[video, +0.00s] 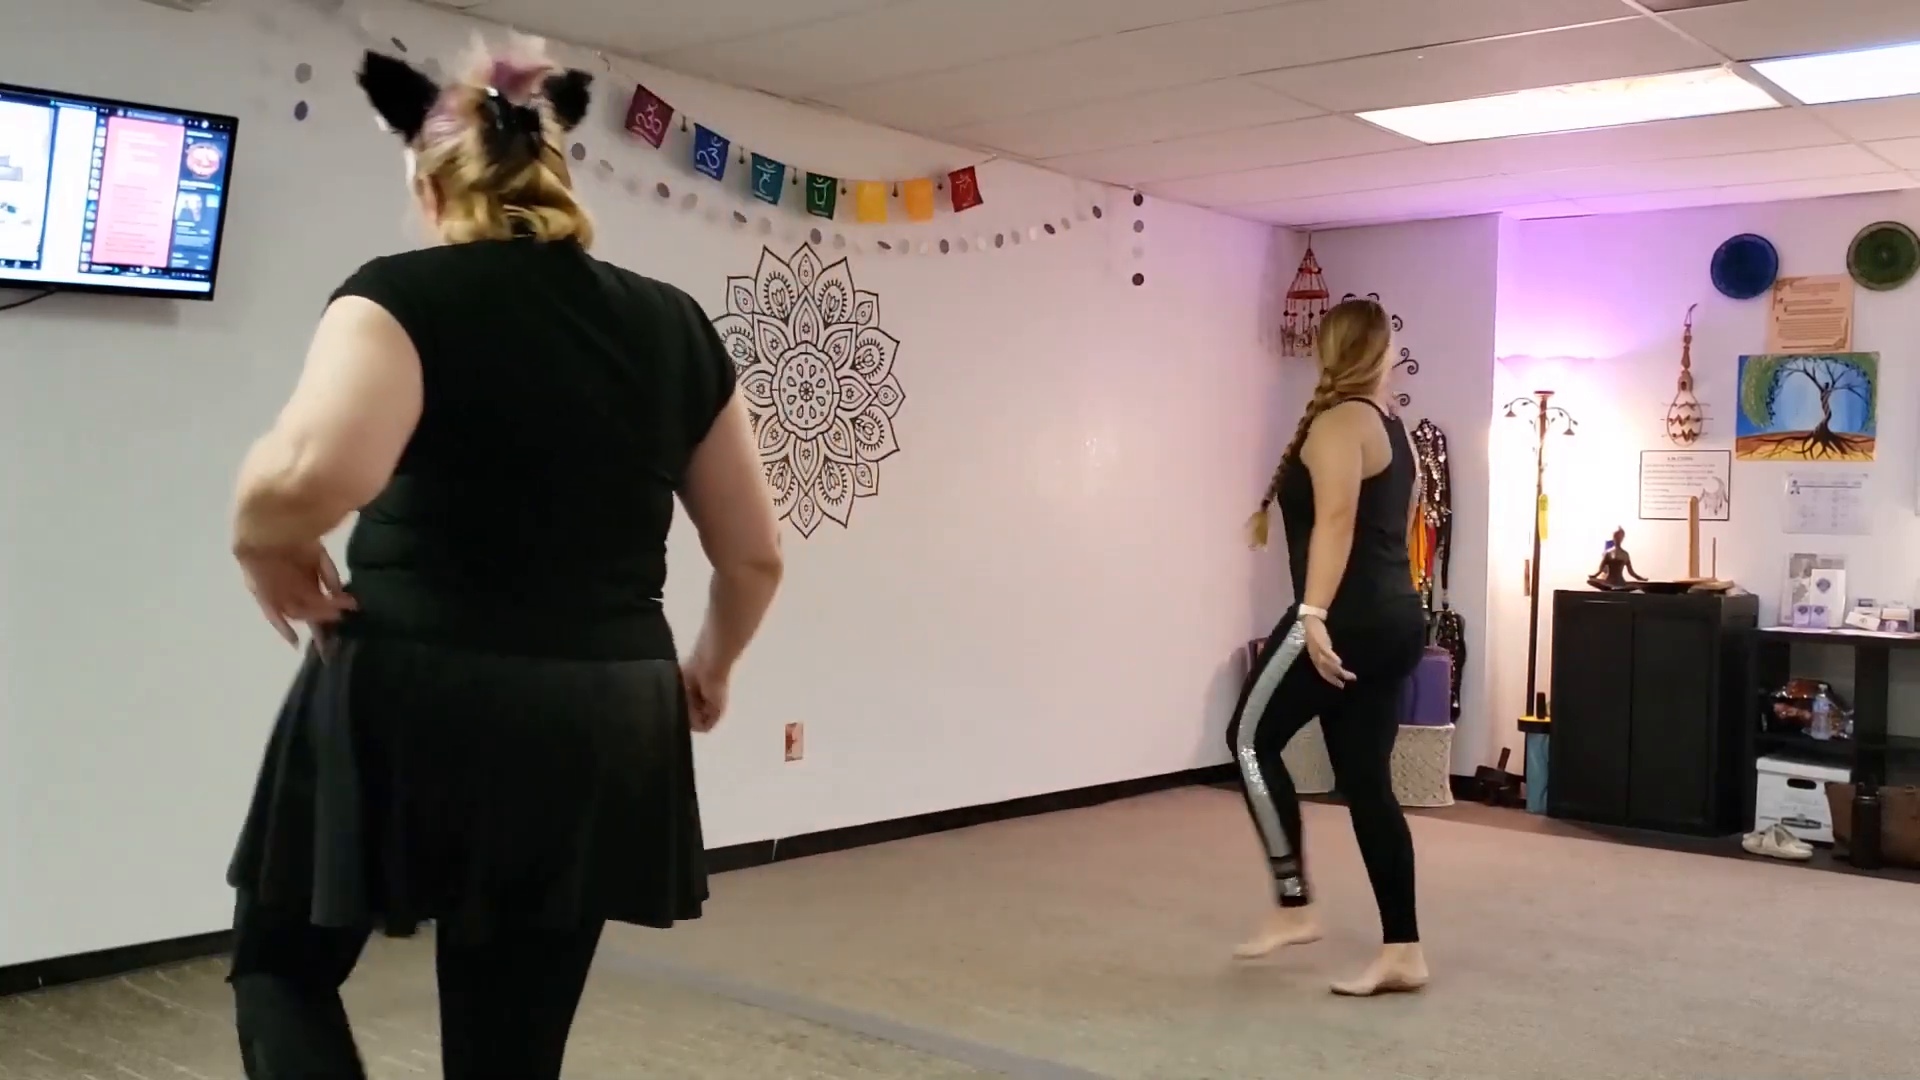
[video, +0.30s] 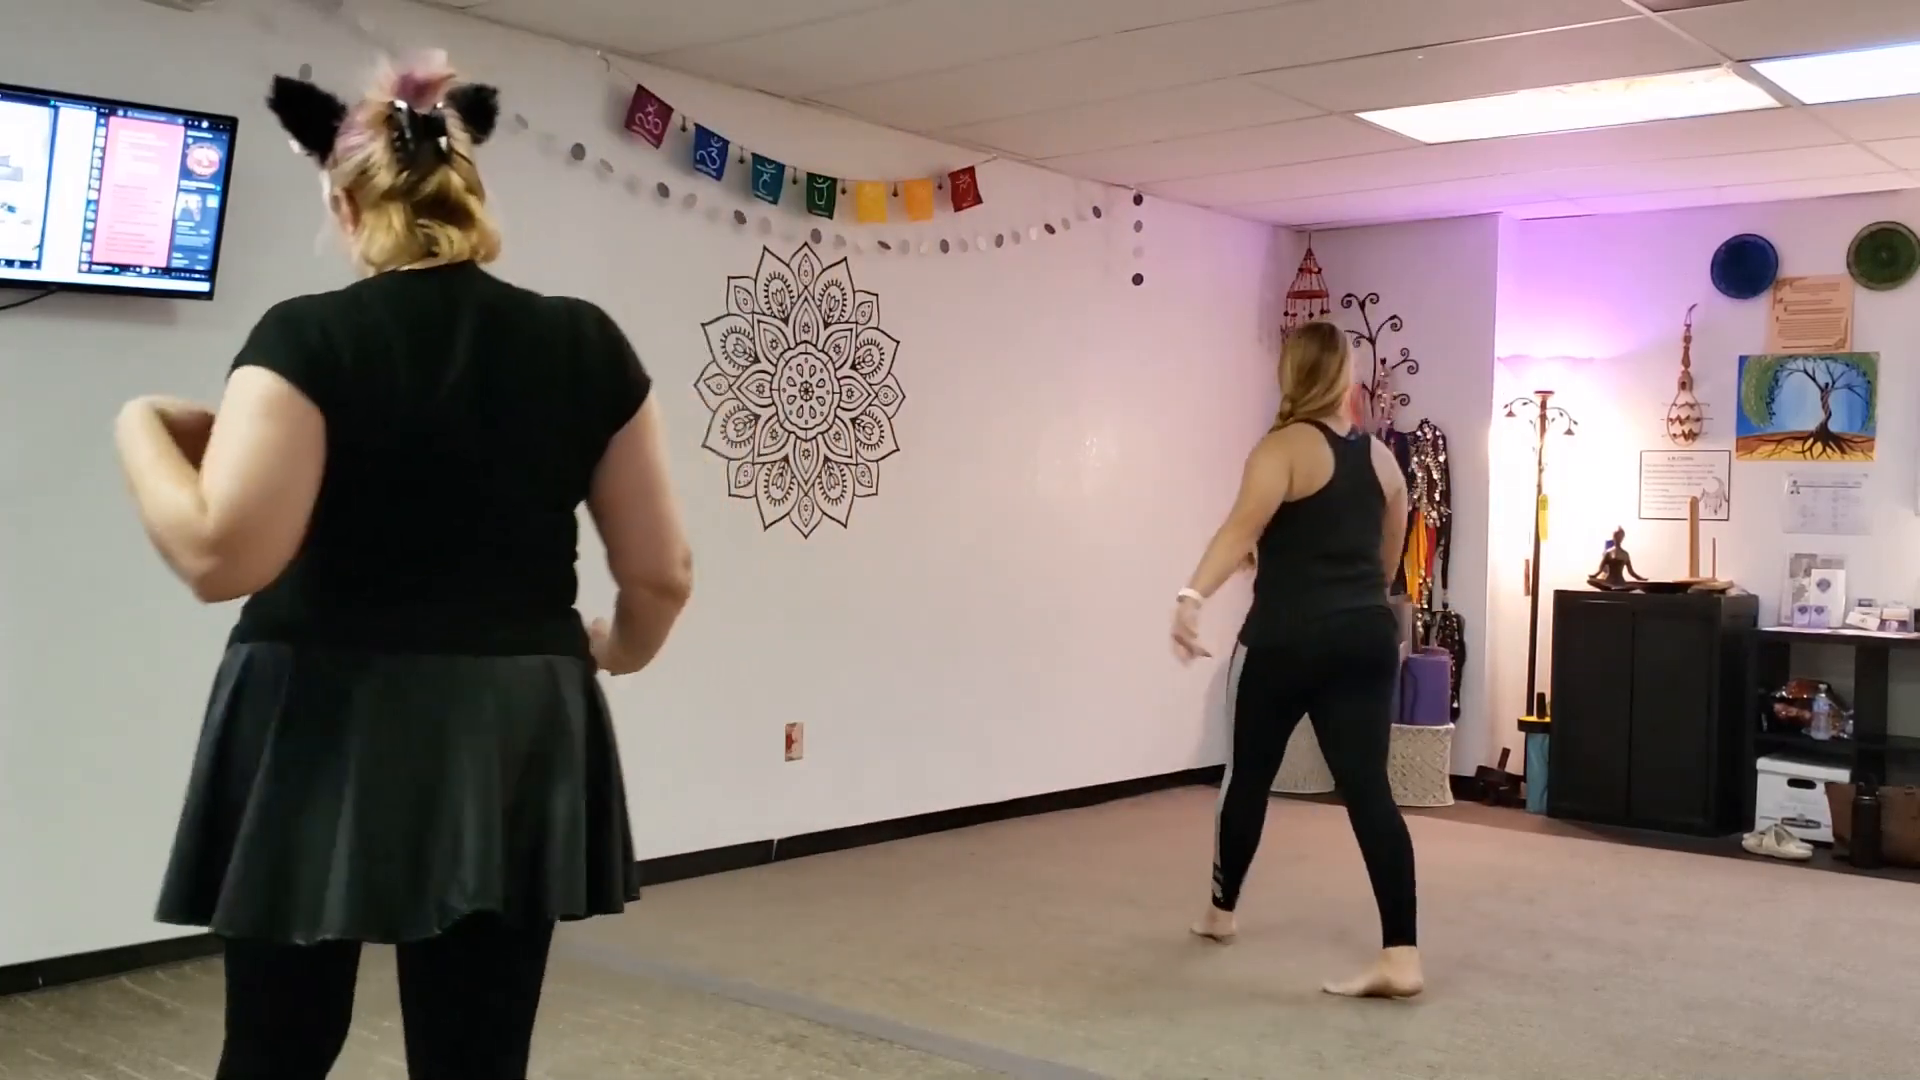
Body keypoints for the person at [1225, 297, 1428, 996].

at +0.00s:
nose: (1399, 358)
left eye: (1395, 347)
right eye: (1395, 348)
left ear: (1330, 351)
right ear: (1380, 355)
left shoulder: (1337, 423)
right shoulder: (1387, 430)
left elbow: (1335, 521)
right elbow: (1382, 527)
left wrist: (1311, 613)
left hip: (1341, 617)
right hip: (1393, 619)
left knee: (1251, 736)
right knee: (1367, 783)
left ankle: (1292, 906)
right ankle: (1403, 948)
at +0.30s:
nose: (1360, 384)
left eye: (1356, 374)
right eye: (1357, 375)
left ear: (1290, 378)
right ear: (1346, 382)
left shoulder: (1279, 452)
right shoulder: (1381, 460)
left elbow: (1243, 529)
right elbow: (1391, 557)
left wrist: (1194, 593)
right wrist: (1363, 601)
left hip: (1287, 640)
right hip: (1366, 641)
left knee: (1251, 775)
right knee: (1369, 790)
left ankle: (1222, 907)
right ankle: (1401, 953)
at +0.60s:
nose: (1303, 371)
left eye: (1298, 359)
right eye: (1301, 361)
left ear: (1238, 374)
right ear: (1293, 373)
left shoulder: (1227, 450)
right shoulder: (1330, 450)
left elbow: (1174, 535)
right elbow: (1347, 549)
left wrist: (1084, 579)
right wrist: (1343, 624)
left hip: (1229, 627)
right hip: (1307, 627)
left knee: (1228, 768)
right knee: (1287, 766)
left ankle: (1232, 913)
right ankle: (1337, 881)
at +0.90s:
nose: (1261, 377)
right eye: (1264, 368)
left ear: (1207, 376)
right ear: (1262, 376)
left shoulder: (1185, 456)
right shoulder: (1301, 446)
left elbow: (1149, 549)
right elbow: (1340, 539)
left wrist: (1086, 551)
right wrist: (1371, 617)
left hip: (1200, 622)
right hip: (1276, 621)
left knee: (1212, 757)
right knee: (1241, 720)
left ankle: (1231, 911)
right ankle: (1243, 842)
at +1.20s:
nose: (1253, 390)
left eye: (1246, 379)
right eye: (1253, 382)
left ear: (1196, 384)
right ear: (1247, 388)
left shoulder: (1165, 460)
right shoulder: (1274, 453)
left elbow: (1152, 552)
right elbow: (1302, 540)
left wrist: (1195, 549)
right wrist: (1347, 623)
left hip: (1184, 616)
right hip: (1259, 616)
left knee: (1202, 753)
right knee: (1229, 741)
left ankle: (1223, 897)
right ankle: (1210, 853)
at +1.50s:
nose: (1253, 387)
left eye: (1241, 375)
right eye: (1254, 379)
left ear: (1199, 379)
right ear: (1249, 385)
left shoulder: (1168, 450)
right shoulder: (1264, 455)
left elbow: (1161, 537)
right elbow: (1277, 546)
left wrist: (1190, 582)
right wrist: (1305, 628)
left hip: (1177, 606)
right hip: (1248, 611)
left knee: (1184, 729)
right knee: (1223, 732)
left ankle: (1200, 844)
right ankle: (1203, 860)